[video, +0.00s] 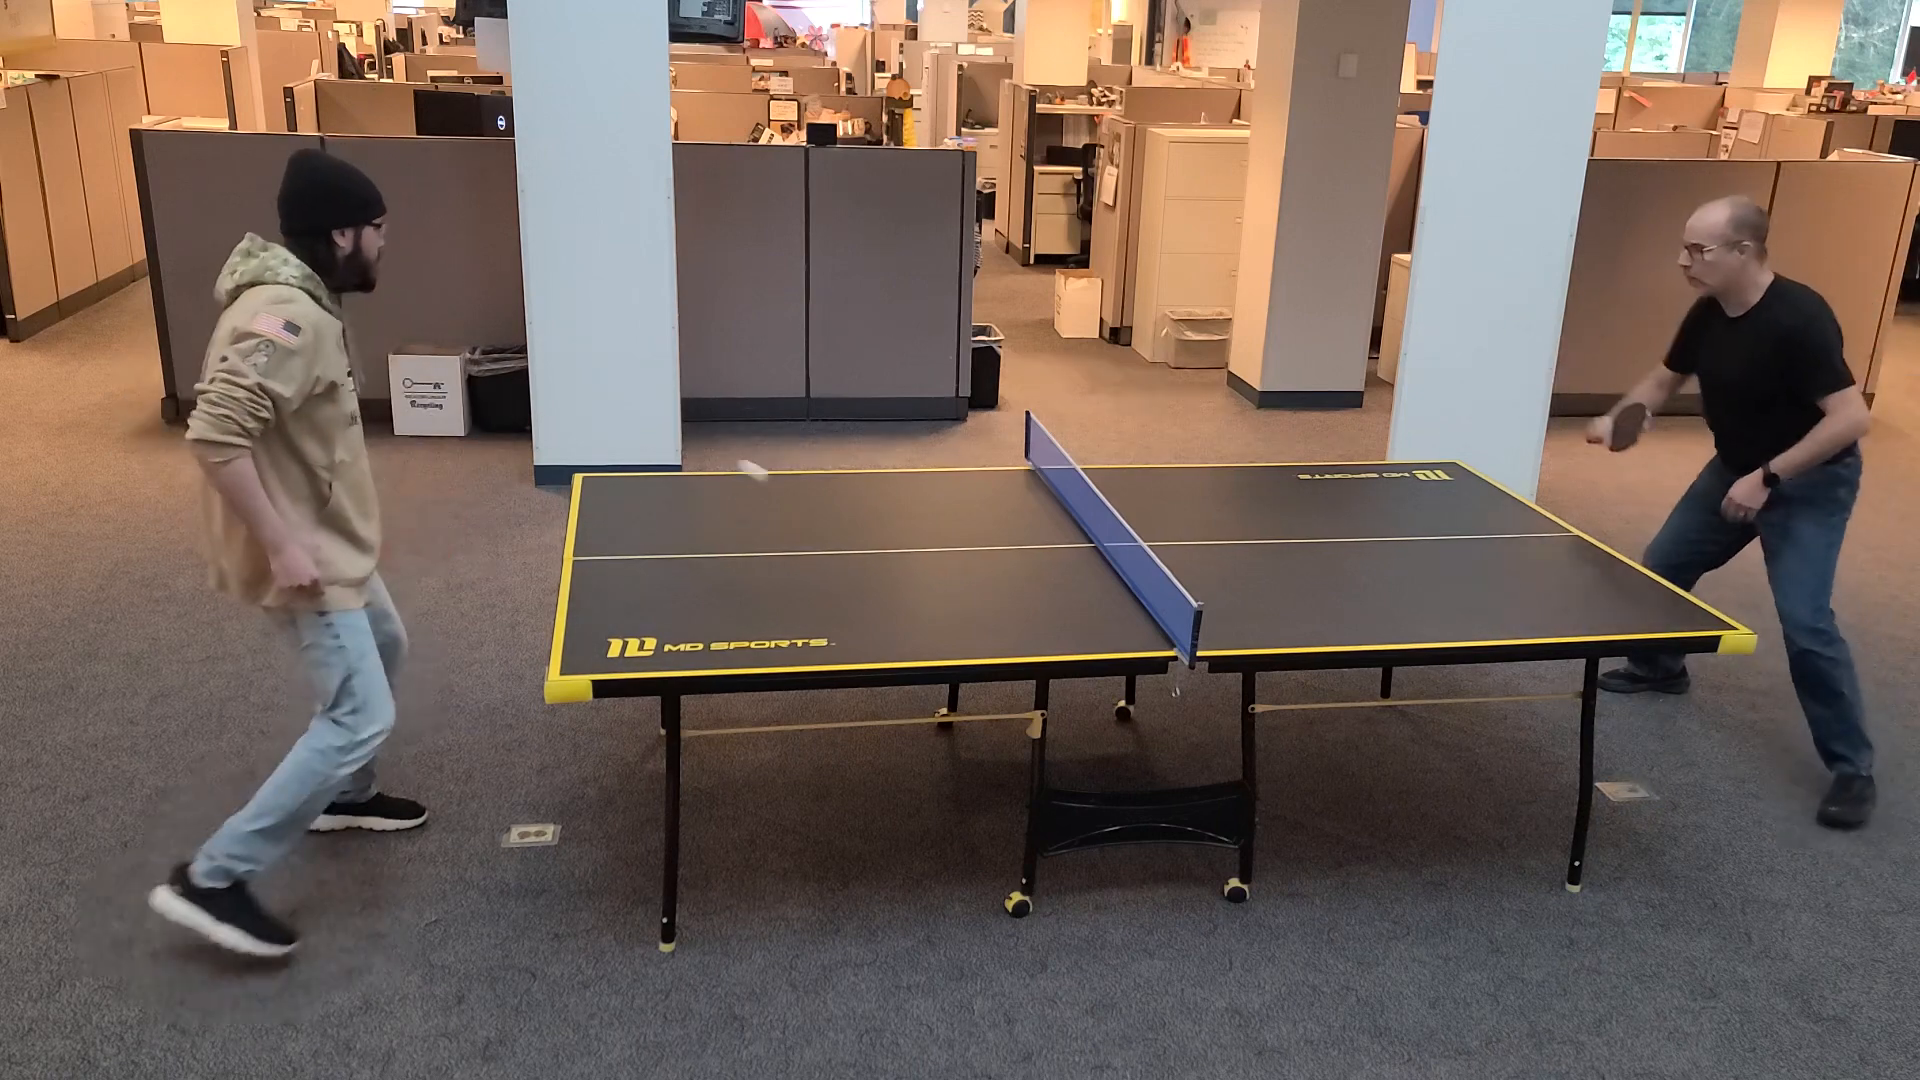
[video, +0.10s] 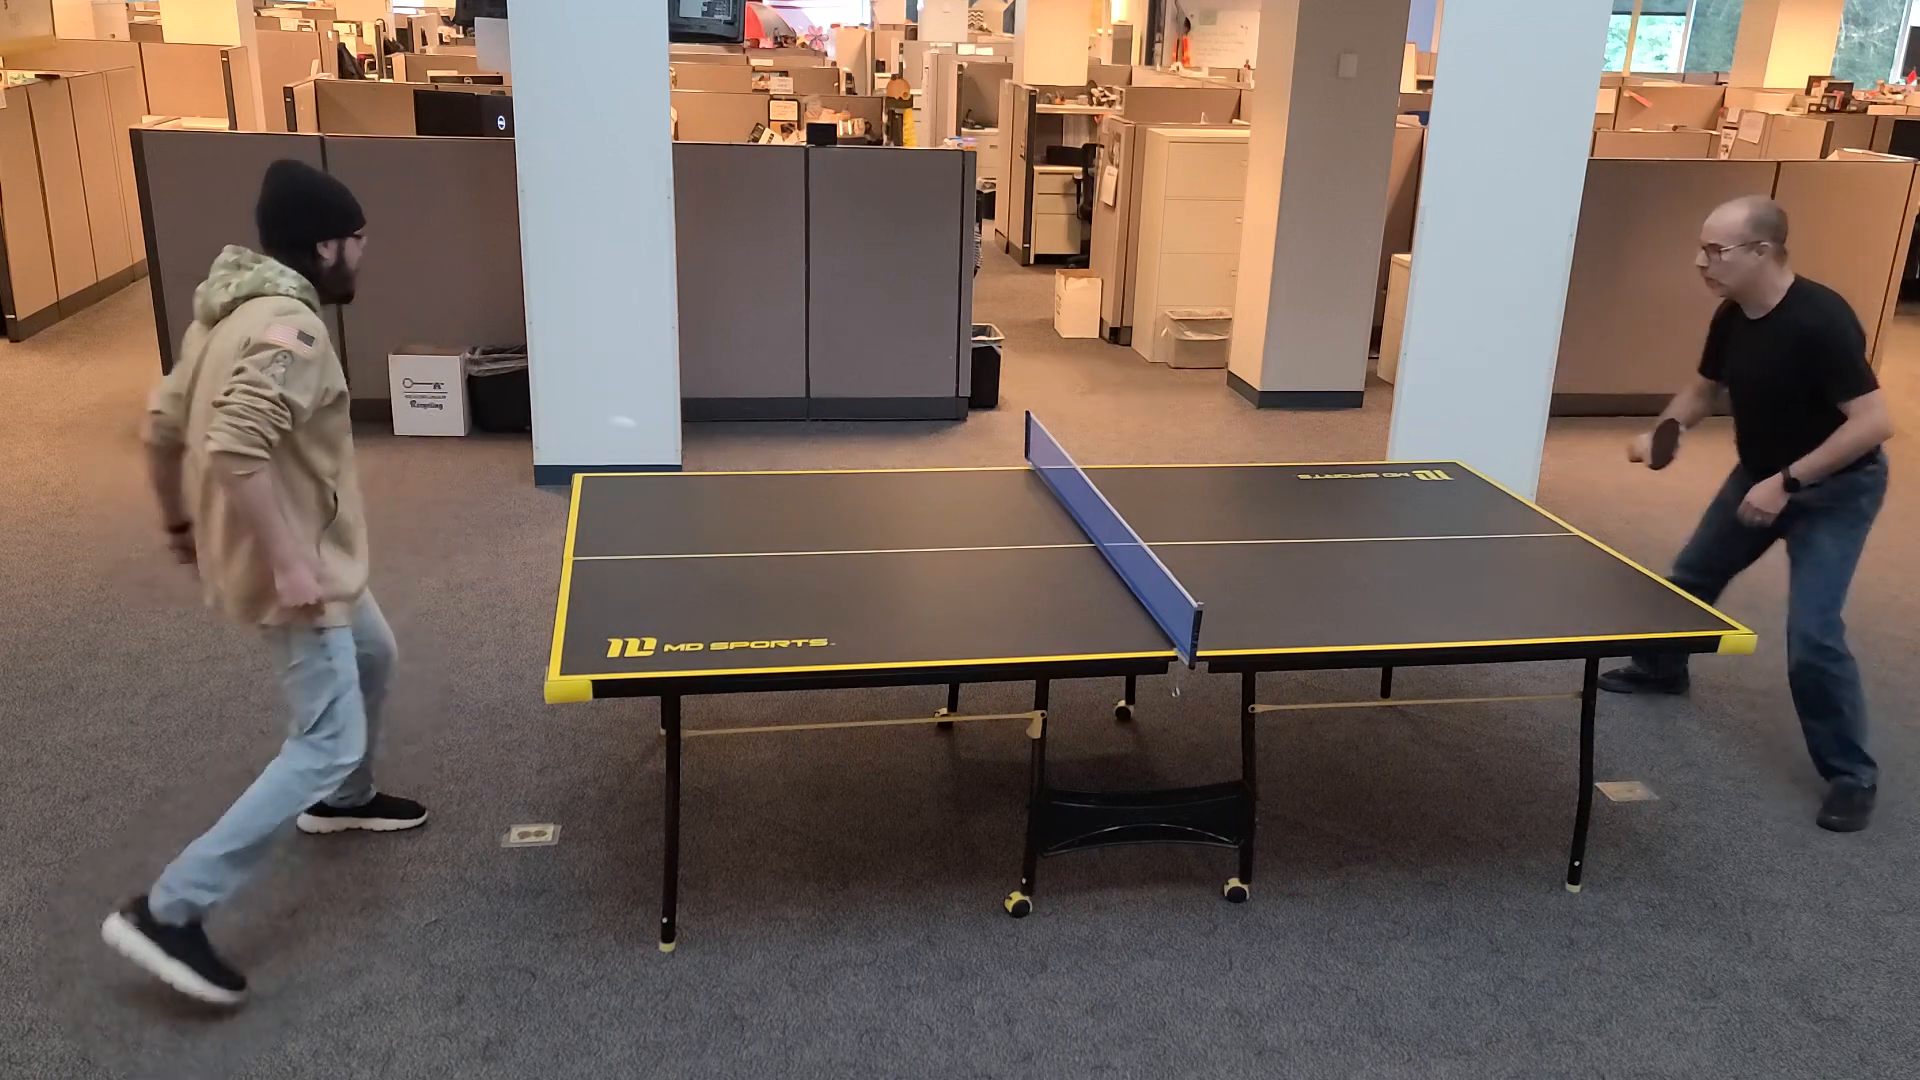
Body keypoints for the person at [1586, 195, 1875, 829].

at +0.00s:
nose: (1685, 261)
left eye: (1697, 251)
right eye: (1684, 249)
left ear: (1744, 253)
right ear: (1729, 254)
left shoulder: (1802, 317)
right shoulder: (1705, 315)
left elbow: (1851, 417)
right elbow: (1664, 381)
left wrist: (1767, 476)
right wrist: (1624, 417)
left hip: (1810, 483)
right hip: (1735, 470)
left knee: (1805, 625)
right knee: (1658, 568)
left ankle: (1851, 768)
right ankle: (1659, 666)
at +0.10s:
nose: (1701, 262)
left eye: (1714, 251)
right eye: (1701, 250)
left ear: (1764, 254)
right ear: (1749, 255)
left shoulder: (1823, 319)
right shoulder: (1731, 316)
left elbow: (1874, 422)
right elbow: (1705, 389)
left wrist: (1787, 481)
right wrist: (1666, 428)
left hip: (1837, 486)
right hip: (1762, 475)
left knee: (1812, 636)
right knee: (1693, 572)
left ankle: (1851, 775)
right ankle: (1662, 667)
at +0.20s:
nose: (1719, 256)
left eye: (1733, 245)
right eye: (1718, 243)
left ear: (1783, 248)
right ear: (1769, 249)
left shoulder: (1845, 315)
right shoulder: (1754, 310)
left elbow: (1900, 416)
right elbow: (1737, 388)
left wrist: (1814, 479)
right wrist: (1704, 428)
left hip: (1867, 484)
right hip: (1795, 474)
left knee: (1832, 642)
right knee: (1721, 580)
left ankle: (1857, 778)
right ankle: (1709, 690)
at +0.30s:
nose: (1728, 256)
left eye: (1743, 244)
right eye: (1728, 243)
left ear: (1793, 247)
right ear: (1779, 248)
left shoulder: (1855, 311)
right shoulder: (1766, 306)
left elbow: (1911, 414)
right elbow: (1752, 395)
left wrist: (1838, 482)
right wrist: (1725, 439)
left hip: (1885, 483)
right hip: (1813, 475)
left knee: (1844, 633)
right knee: (1757, 596)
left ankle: (1870, 776)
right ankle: (1791, 728)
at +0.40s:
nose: (1741, 266)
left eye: (1755, 255)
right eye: (1740, 254)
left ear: (1807, 257)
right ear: (1792, 259)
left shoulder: (1872, 321)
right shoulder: (1777, 320)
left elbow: (1919, 423)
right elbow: (1767, 400)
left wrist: (1852, 491)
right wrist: (1740, 453)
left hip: (1894, 500)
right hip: (1823, 493)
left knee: (1854, 646)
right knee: (1773, 615)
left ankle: (1902, 793)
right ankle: (1805, 741)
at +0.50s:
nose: (1761, 279)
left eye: (1773, 267)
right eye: (1760, 266)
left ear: (1826, 268)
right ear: (1812, 270)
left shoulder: (1893, 340)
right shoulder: (1794, 334)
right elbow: (1776, 415)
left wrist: (1864, 508)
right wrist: (1745, 472)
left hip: (1896, 527)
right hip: (1824, 517)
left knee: (1883, 684)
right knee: (1763, 624)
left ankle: (1907, 850)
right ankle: (1799, 743)